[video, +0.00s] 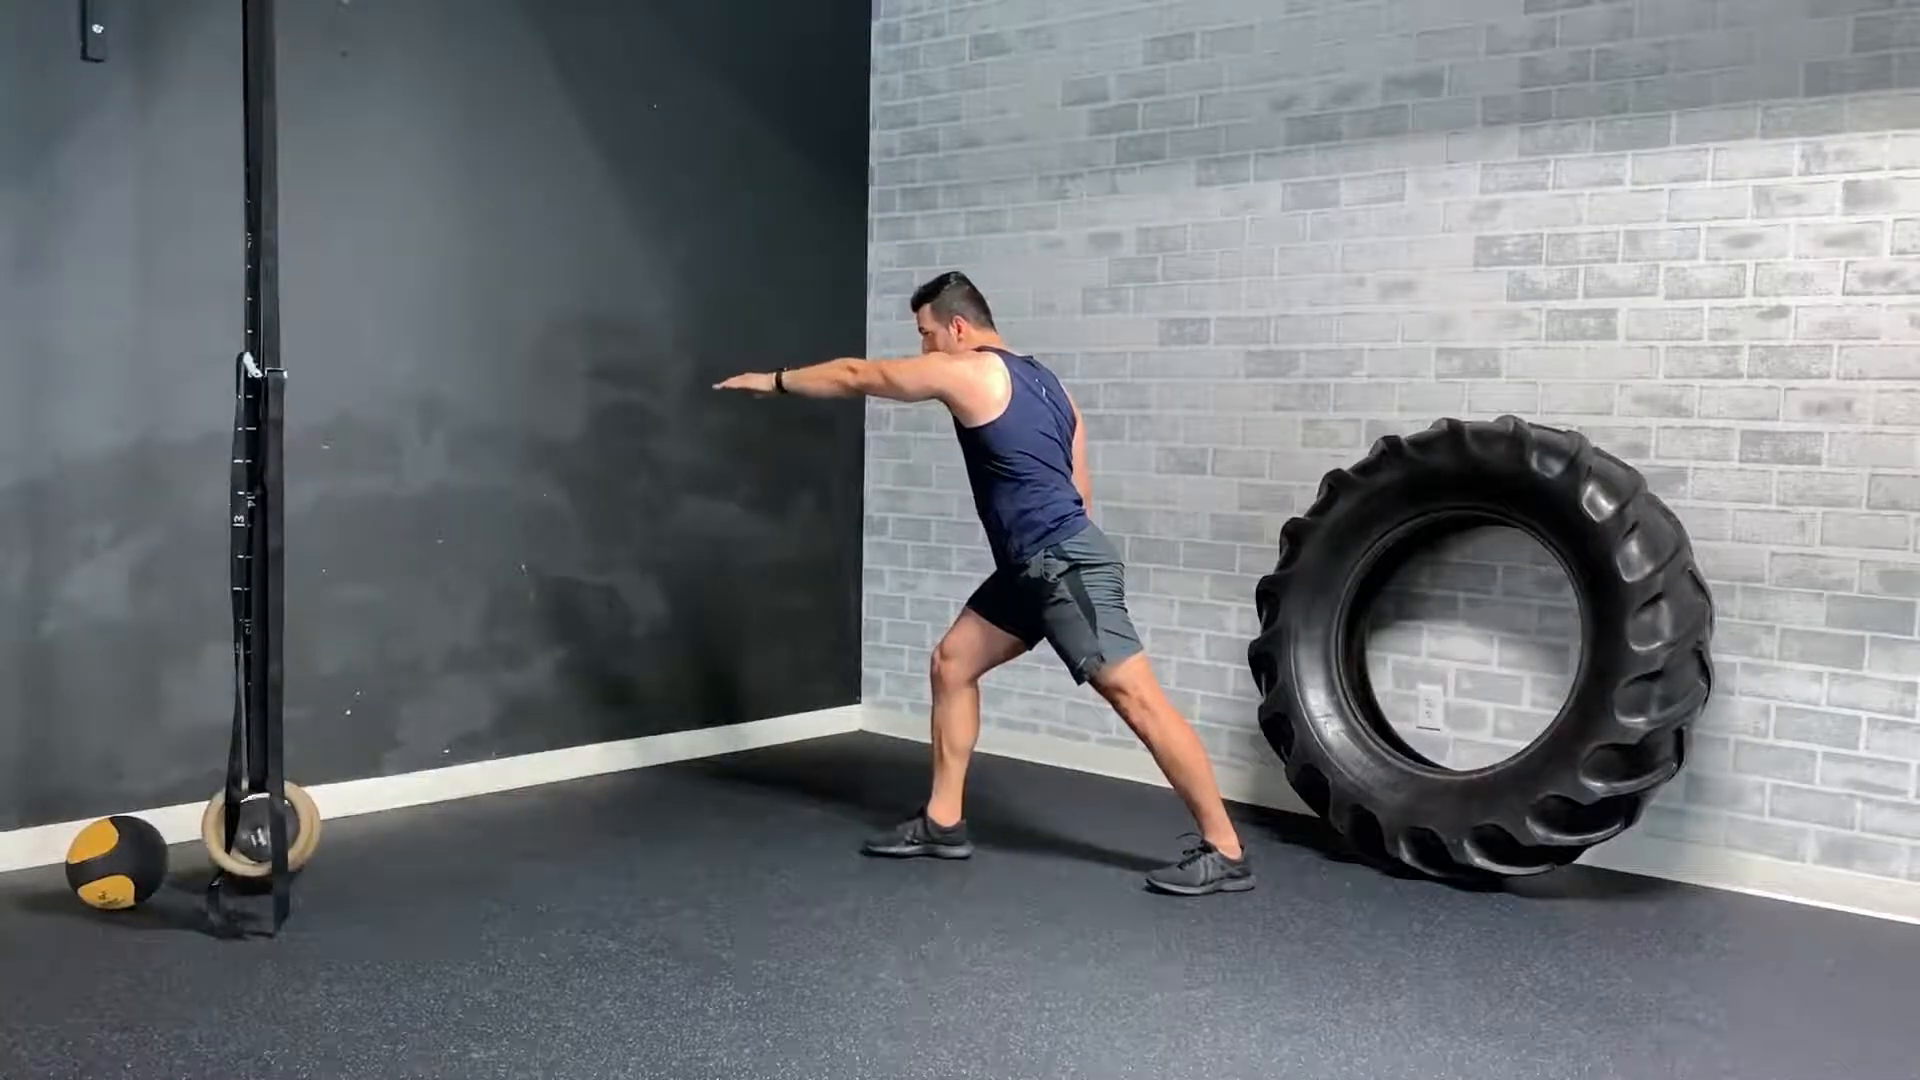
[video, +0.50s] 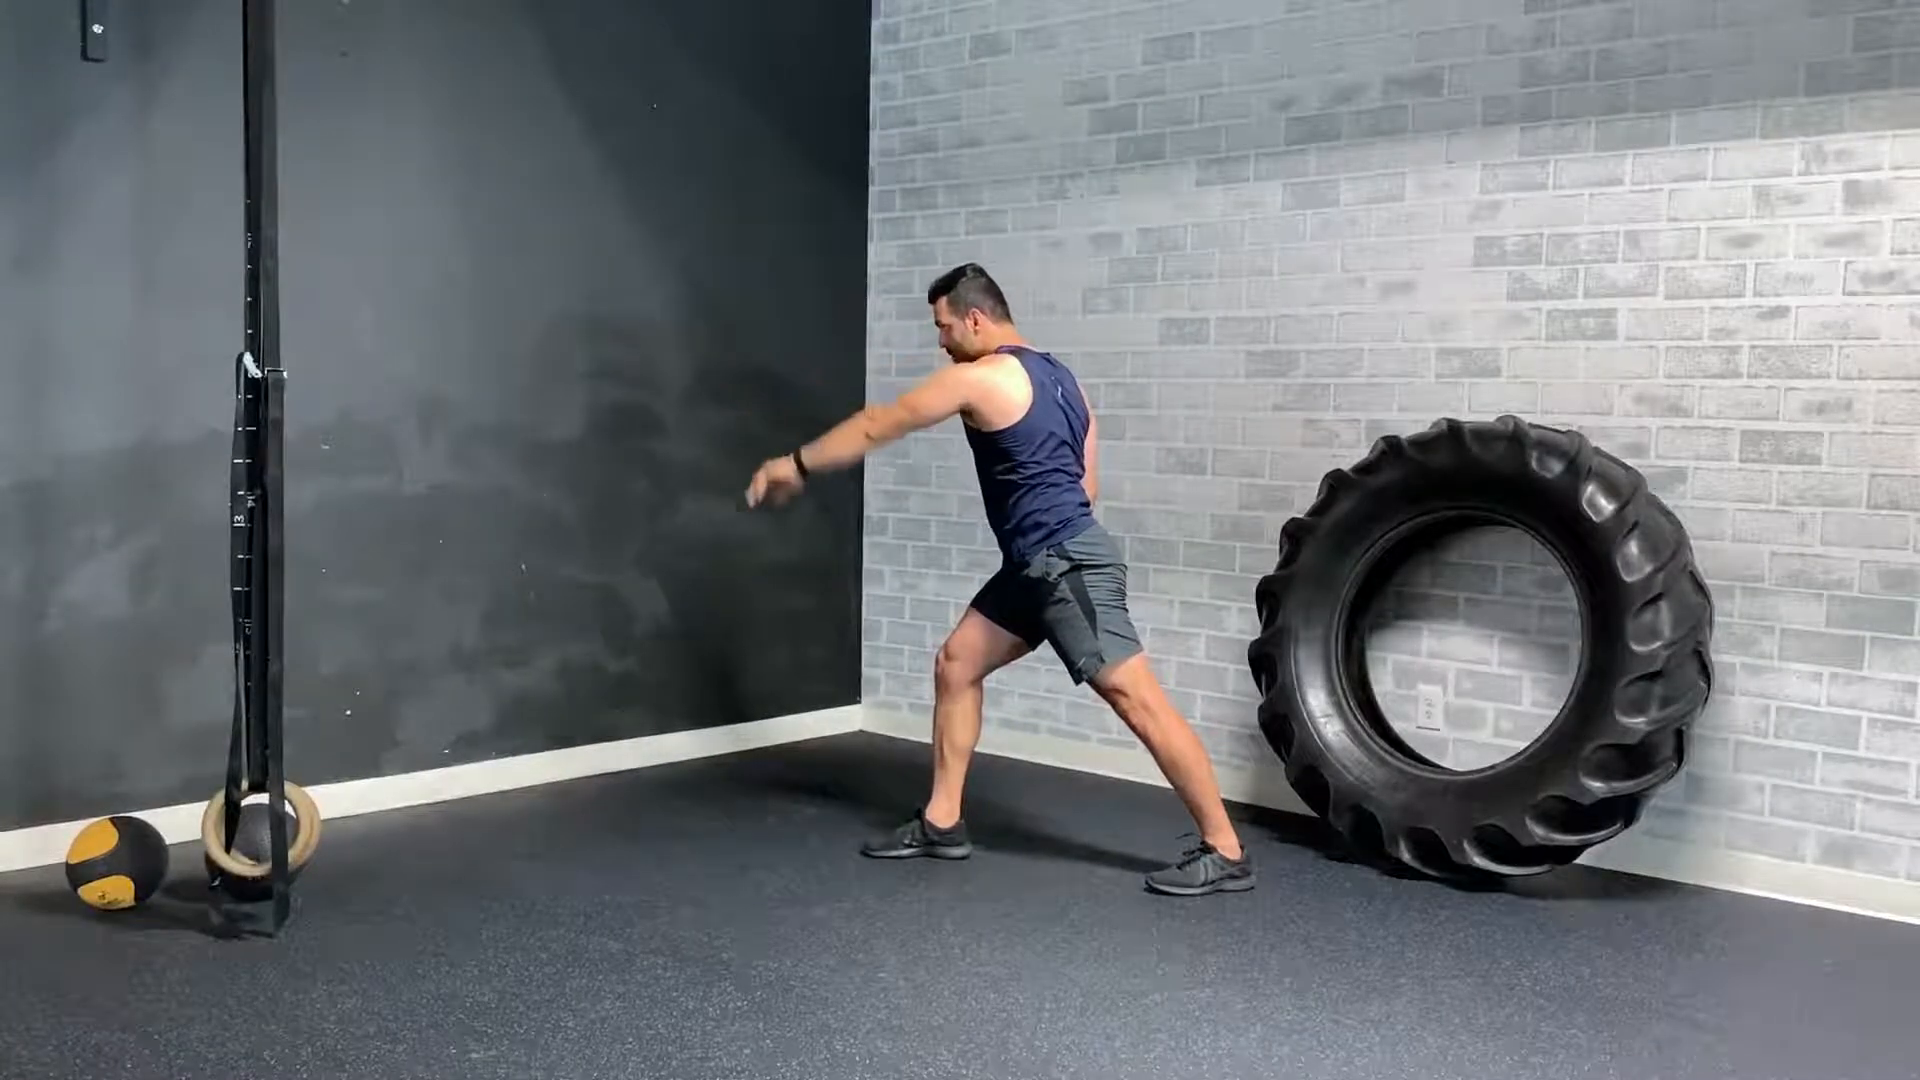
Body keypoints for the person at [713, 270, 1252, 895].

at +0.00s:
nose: (924, 349)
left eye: (926, 335)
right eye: (922, 337)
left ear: (957, 325)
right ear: (977, 324)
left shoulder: (966, 371)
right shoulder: (1047, 384)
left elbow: (860, 376)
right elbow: (1076, 489)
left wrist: (774, 380)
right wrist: (1066, 550)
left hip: (1064, 560)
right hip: (1039, 568)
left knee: (1140, 701)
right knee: (953, 662)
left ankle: (1226, 850)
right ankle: (942, 822)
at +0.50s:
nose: (941, 342)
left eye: (943, 327)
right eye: (939, 330)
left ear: (973, 317)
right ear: (992, 315)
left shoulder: (975, 376)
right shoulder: (1060, 378)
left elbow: (877, 426)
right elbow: (1084, 489)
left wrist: (798, 463)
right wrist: (1044, 549)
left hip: (1067, 561)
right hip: (1049, 564)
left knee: (1139, 701)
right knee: (958, 662)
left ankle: (1225, 849)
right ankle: (942, 822)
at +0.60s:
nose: (950, 334)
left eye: (953, 319)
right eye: (948, 321)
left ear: (985, 313)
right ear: (1003, 313)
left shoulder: (992, 379)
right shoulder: (1070, 378)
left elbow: (914, 471)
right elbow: (1087, 490)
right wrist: (1051, 550)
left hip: (1069, 564)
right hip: (1045, 565)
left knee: (1139, 704)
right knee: (959, 662)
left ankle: (1225, 848)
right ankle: (942, 825)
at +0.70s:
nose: (957, 330)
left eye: (960, 316)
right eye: (955, 317)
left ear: (992, 309)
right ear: (1010, 310)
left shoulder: (1001, 381)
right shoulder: (1071, 375)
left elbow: (973, 496)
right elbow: (1091, 488)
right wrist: (1044, 547)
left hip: (1071, 561)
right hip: (1051, 563)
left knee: (1138, 702)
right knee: (960, 665)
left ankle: (1225, 848)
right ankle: (941, 824)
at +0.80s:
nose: (964, 324)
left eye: (967, 310)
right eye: (962, 311)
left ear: (1000, 305)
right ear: (1014, 305)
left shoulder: (1016, 380)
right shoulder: (1067, 365)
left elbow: (1032, 493)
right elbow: (1093, 481)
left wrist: (1033, 588)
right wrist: (1053, 547)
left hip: (1076, 559)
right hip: (1058, 555)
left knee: (1141, 700)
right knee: (965, 666)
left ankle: (1225, 848)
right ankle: (940, 824)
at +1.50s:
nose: (913, 318)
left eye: (919, 305)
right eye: (912, 306)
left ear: (955, 303)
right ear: (963, 305)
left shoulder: (974, 378)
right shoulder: (1002, 363)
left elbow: (978, 491)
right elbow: (1008, 483)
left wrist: (946, 580)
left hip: (1025, 558)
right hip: (1001, 561)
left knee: (1094, 696)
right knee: (915, 671)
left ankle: (1205, 829)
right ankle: (939, 827)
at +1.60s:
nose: (886, 305)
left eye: (891, 292)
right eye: (884, 293)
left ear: (926, 288)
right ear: (935, 290)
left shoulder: (939, 363)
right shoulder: (976, 349)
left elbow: (940, 473)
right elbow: (981, 466)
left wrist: (913, 562)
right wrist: (937, 558)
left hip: (984, 547)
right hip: (968, 546)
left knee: (1020, 699)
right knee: (902, 674)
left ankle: (1162, 807)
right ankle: (940, 825)